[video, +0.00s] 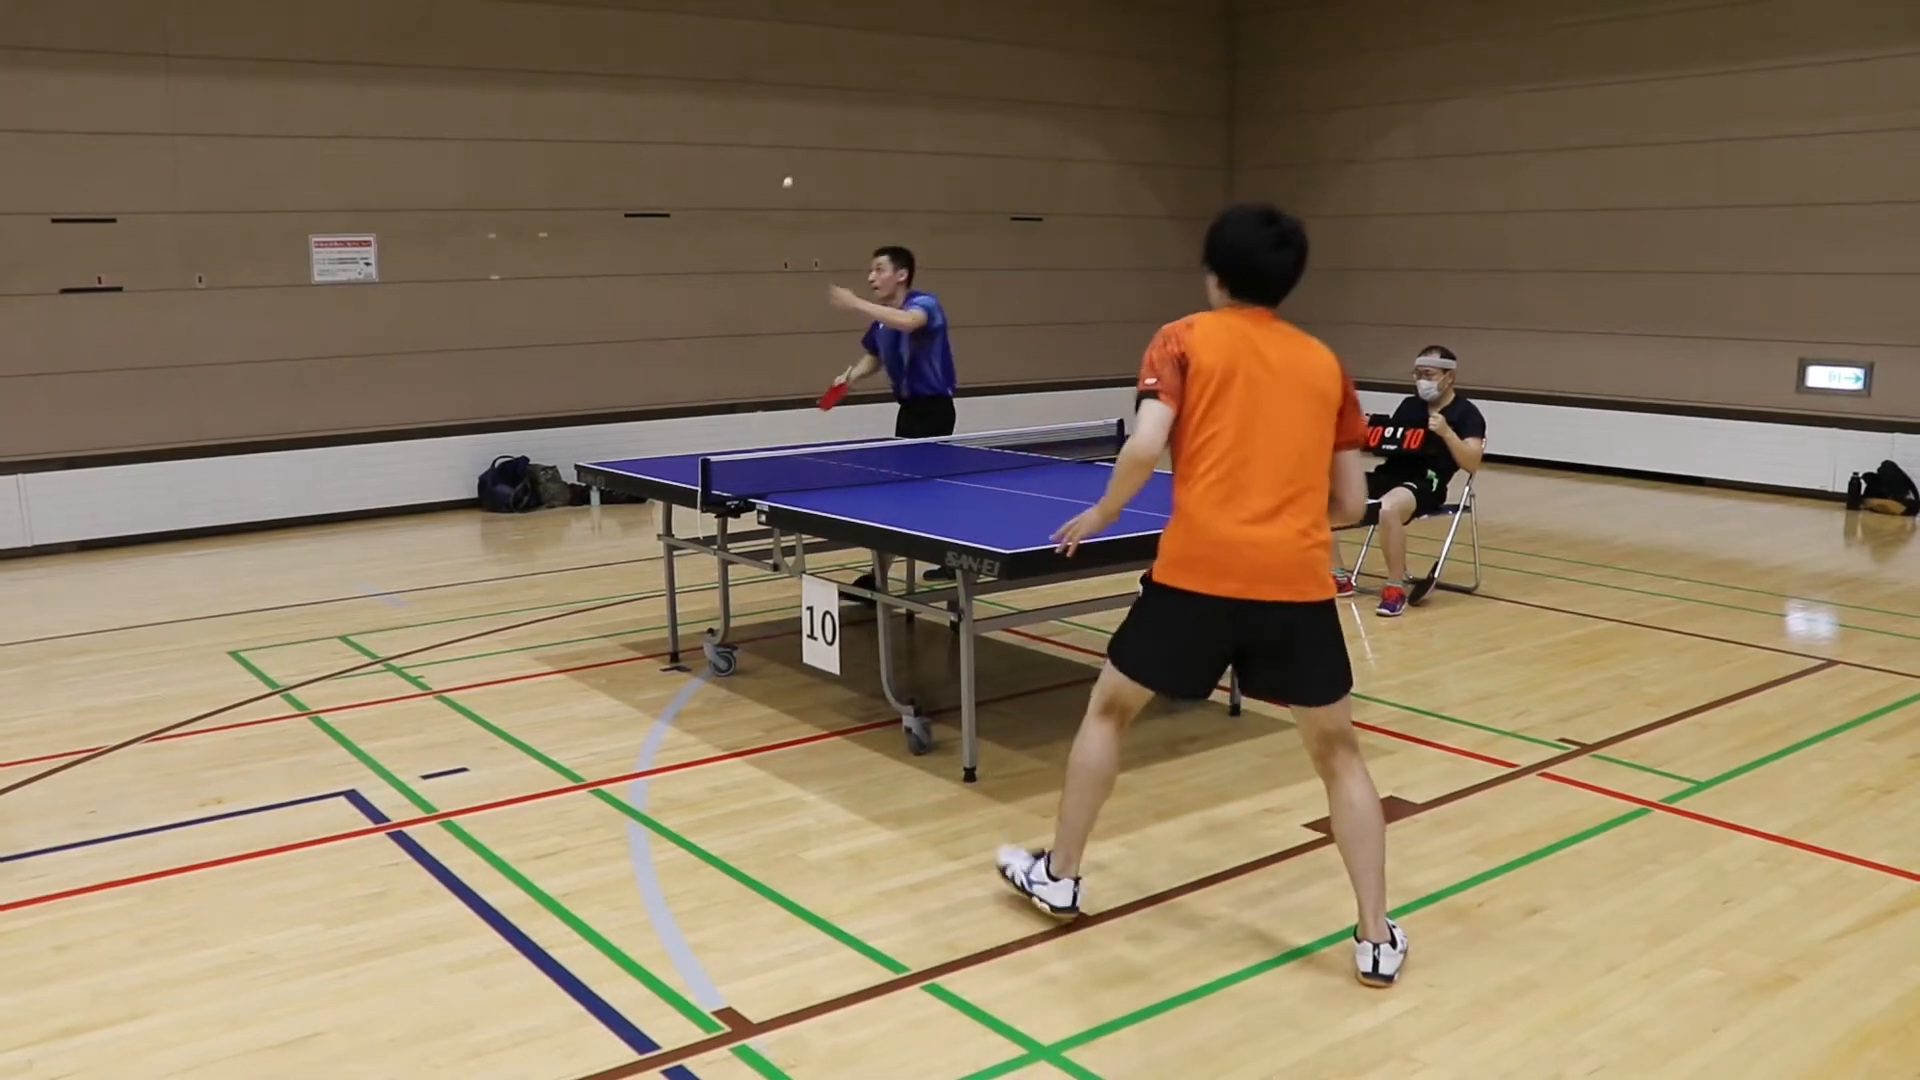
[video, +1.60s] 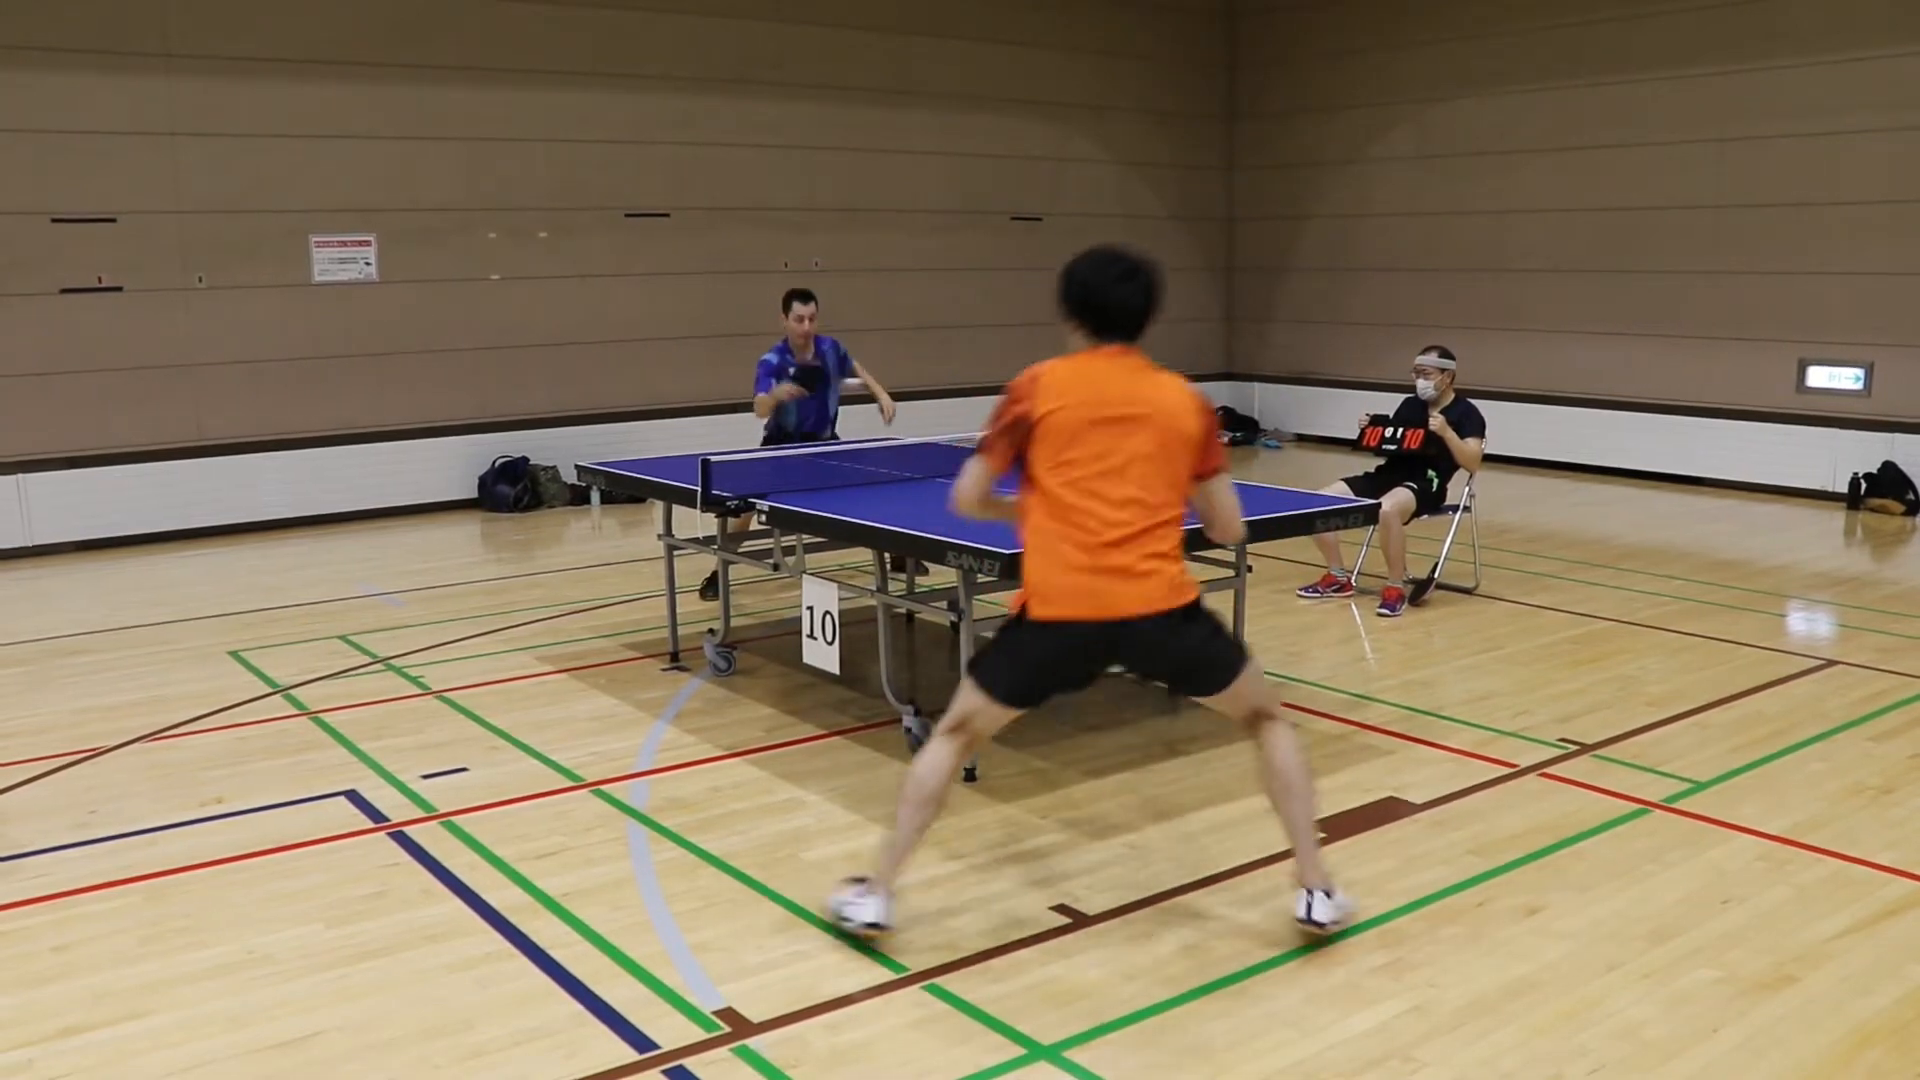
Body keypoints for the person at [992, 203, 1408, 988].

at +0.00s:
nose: (1206, 277)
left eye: (1209, 267)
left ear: (1215, 274)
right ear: (1291, 281)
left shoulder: (1185, 340)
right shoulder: (1324, 365)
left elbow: (1144, 449)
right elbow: (1350, 503)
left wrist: (1101, 513)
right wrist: (1281, 511)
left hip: (1195, 579)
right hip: (1298, 590)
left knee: (1110, 710)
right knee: (1338, 749)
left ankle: (1060, 872)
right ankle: (1376, 936)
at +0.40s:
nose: (1116, 310)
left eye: (1118, 301)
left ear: (1124, 305)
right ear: (1194, 307)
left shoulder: (1107, 372)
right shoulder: (1239, 379)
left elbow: (1048, 485)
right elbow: (1290, 498)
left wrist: (1015, 506)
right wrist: (1226, 481)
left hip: (1147, 591)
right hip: (1246, 587)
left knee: (1072, 708)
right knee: (1289, 690)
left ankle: (1052, 874)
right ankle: (1337, 836)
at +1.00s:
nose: (1082, 384)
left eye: (1083, 373)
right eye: (1082, 373)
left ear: (1095, 374)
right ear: (1155, 369)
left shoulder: (1100, 430)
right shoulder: (1205, 427)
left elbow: (1021, 529)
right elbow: (1224, 512)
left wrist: (1007, 514)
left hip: (1168, 644)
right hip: (1248, 637)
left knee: (1015, 707)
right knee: (1250, 698)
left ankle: (987, 880)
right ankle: (1322, 824)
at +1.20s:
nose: (1014, 366)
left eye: (1015, 354)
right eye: (1015, 354)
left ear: (1027, 355)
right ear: (1090, 345)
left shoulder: (1033, 404)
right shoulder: (1133, 409)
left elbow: (944, 492)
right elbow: (1134, 523)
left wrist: (900, 471)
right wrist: (1056, 590)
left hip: (1078, 624)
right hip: (1171, 616)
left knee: (946, 691)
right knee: (1235, 716)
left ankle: (960, 865)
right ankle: (1315, 821)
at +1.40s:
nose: (977, 363)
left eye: (979, 353)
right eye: (984, 352)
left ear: (987, 359)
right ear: (1055, 355)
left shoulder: (977, 431)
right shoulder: (1104, 423)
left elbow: (913, 553)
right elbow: (1184, 479)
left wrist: (884, 562)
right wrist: (1143, 424)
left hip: (1017, 647)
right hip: (1111, 641)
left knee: (906, 739)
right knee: (1165, 748)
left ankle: (850, 900)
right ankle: (1261, 874)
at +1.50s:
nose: (1010, 346)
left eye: (1012, 337)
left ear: (1018, 344)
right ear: (1090, 342)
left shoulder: (993, 421)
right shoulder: (1134, 419)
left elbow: (922, 544)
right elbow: (1203, 517)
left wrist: (925, 542)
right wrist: (1158, 464)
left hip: (1025, 644)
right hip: (1126, 642)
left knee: (920, 743)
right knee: (1194, 749)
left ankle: (851, 901)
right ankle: (1281, 895)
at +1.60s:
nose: (1061, 319)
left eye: (1066, 309)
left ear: (1071, 315)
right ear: (1145, 317)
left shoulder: (1038, 388)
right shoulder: (1184, 399)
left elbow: (966, 500)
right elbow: (1228, 527)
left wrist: (1032, 509)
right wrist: (1174, 486)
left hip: (1056, 618)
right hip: (1163, 614)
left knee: (956, 733)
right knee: (1266, 718)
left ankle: (878, 889)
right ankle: (1316, 887)